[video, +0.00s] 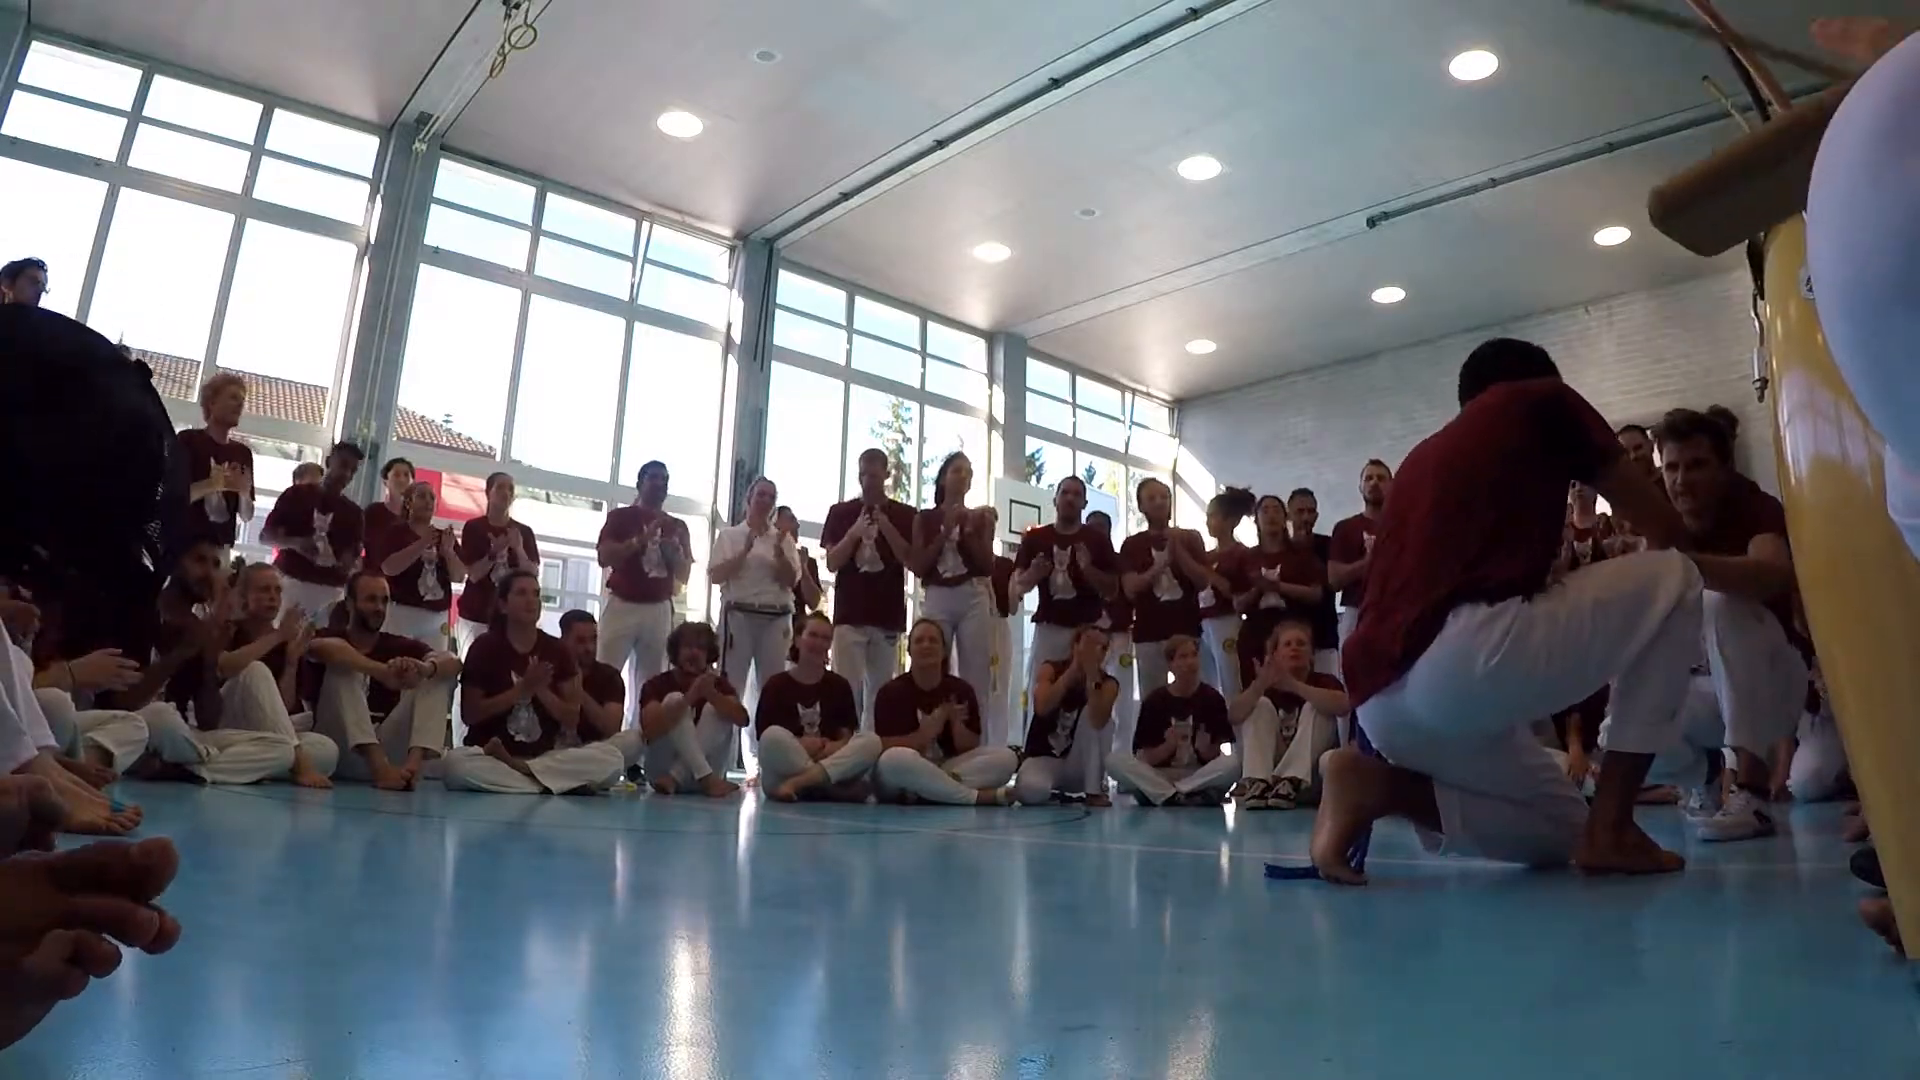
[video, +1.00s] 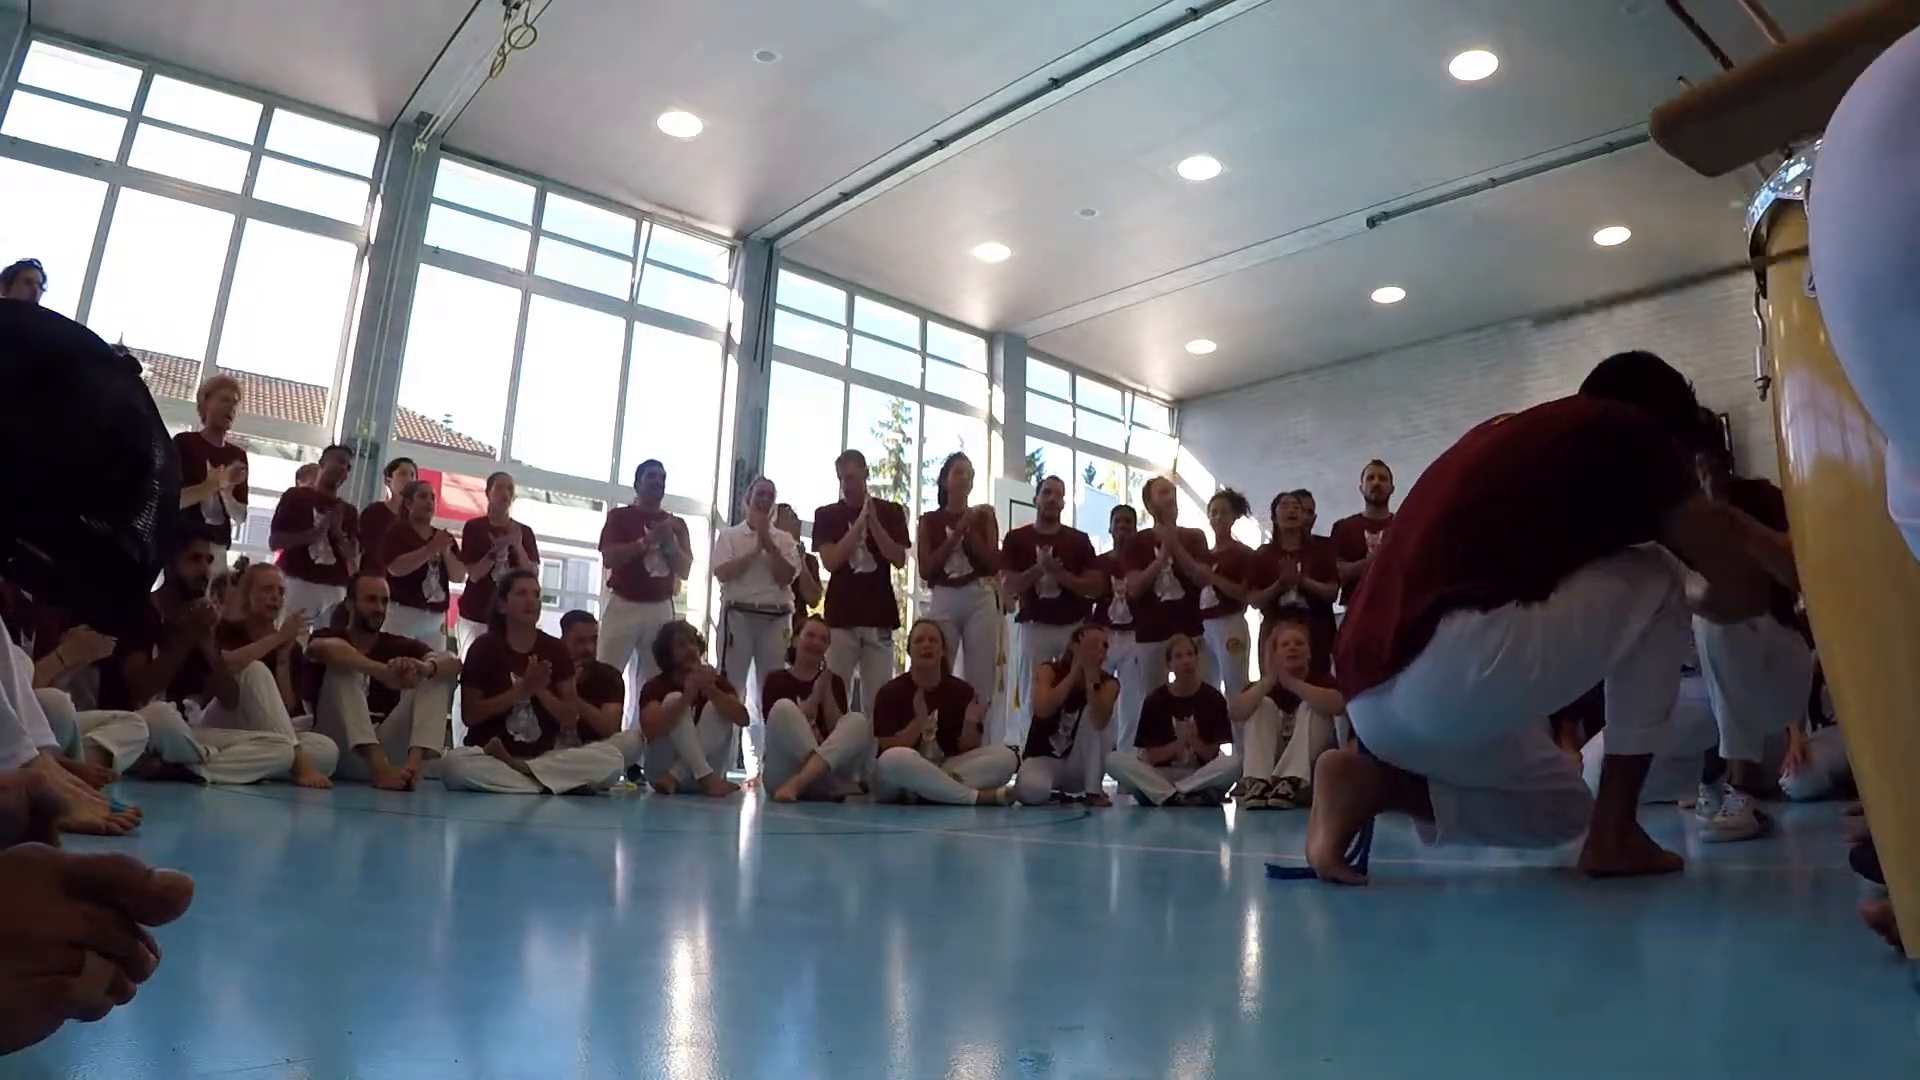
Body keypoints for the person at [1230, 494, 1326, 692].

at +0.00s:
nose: (1271, 514)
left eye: (1276, 509)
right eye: (1265, 510)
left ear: (1285, 517)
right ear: (1256, 520)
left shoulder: (1302, 554)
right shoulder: (1246, 558)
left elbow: (1316, 594)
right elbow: (1238, 605)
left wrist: (1277, 586)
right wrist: (1259, 587)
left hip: (1295, 630)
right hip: (1255, 631)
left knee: (1296, 696)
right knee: (1258, 699)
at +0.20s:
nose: (1277, 512)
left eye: (1283, 507)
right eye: (1271, 508)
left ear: (1290, 516)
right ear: (1262, 517)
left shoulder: (1305, 553)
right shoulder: (1249, 556)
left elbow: (1321, 592)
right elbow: (1241, 603)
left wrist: (1289, 582)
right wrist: (1265, 585)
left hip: (1300, 627)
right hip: (1261, 629)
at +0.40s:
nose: (1287, 512)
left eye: (1292, 507)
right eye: (1281, 508)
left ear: (1298, 514)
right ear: (1269, 517)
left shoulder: (1314, 552)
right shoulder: (1256, 555)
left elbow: (1328, 592)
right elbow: (1247, 599)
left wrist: (1302, 580)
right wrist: (1277, 585)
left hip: (1312, 632)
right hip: (1270, 633)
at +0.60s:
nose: (1292, 511)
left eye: (1296, 507)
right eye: (1285, 507)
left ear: (1303, 514)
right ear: (1274, 517)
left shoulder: (1317, 551)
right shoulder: (1262, 554)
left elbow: (1330, 594)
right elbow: (1252, 597)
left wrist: (1307, 581)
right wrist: (1283, 586)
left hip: (1315, 629)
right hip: (1275, 630)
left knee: (1315, 690)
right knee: (1276, 690)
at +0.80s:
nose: (1293, 509)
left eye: (1297, 505)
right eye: (1286, 505)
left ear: (1305, 513)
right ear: (1276, 517)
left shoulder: (1322, 548)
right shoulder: (1265, 552)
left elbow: (1335, 591)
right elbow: (1254, 598)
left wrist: (1311, 572)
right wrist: (1271, 592)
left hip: (1317, 622)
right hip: (1277, 623)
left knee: (1317, 685)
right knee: (1278, 686)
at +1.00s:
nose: (1291, 509)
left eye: (1296, 506)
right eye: (1284, 505)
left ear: (1304, 515)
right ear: (1274, 517)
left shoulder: (1321, 550)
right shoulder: (1263, 554)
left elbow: (1332, 592)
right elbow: (1254, 600)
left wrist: (1302, 580)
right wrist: (1280, 584)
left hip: (1316, 628)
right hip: (1275, 630)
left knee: (1316, 688)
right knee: (1277, 689)